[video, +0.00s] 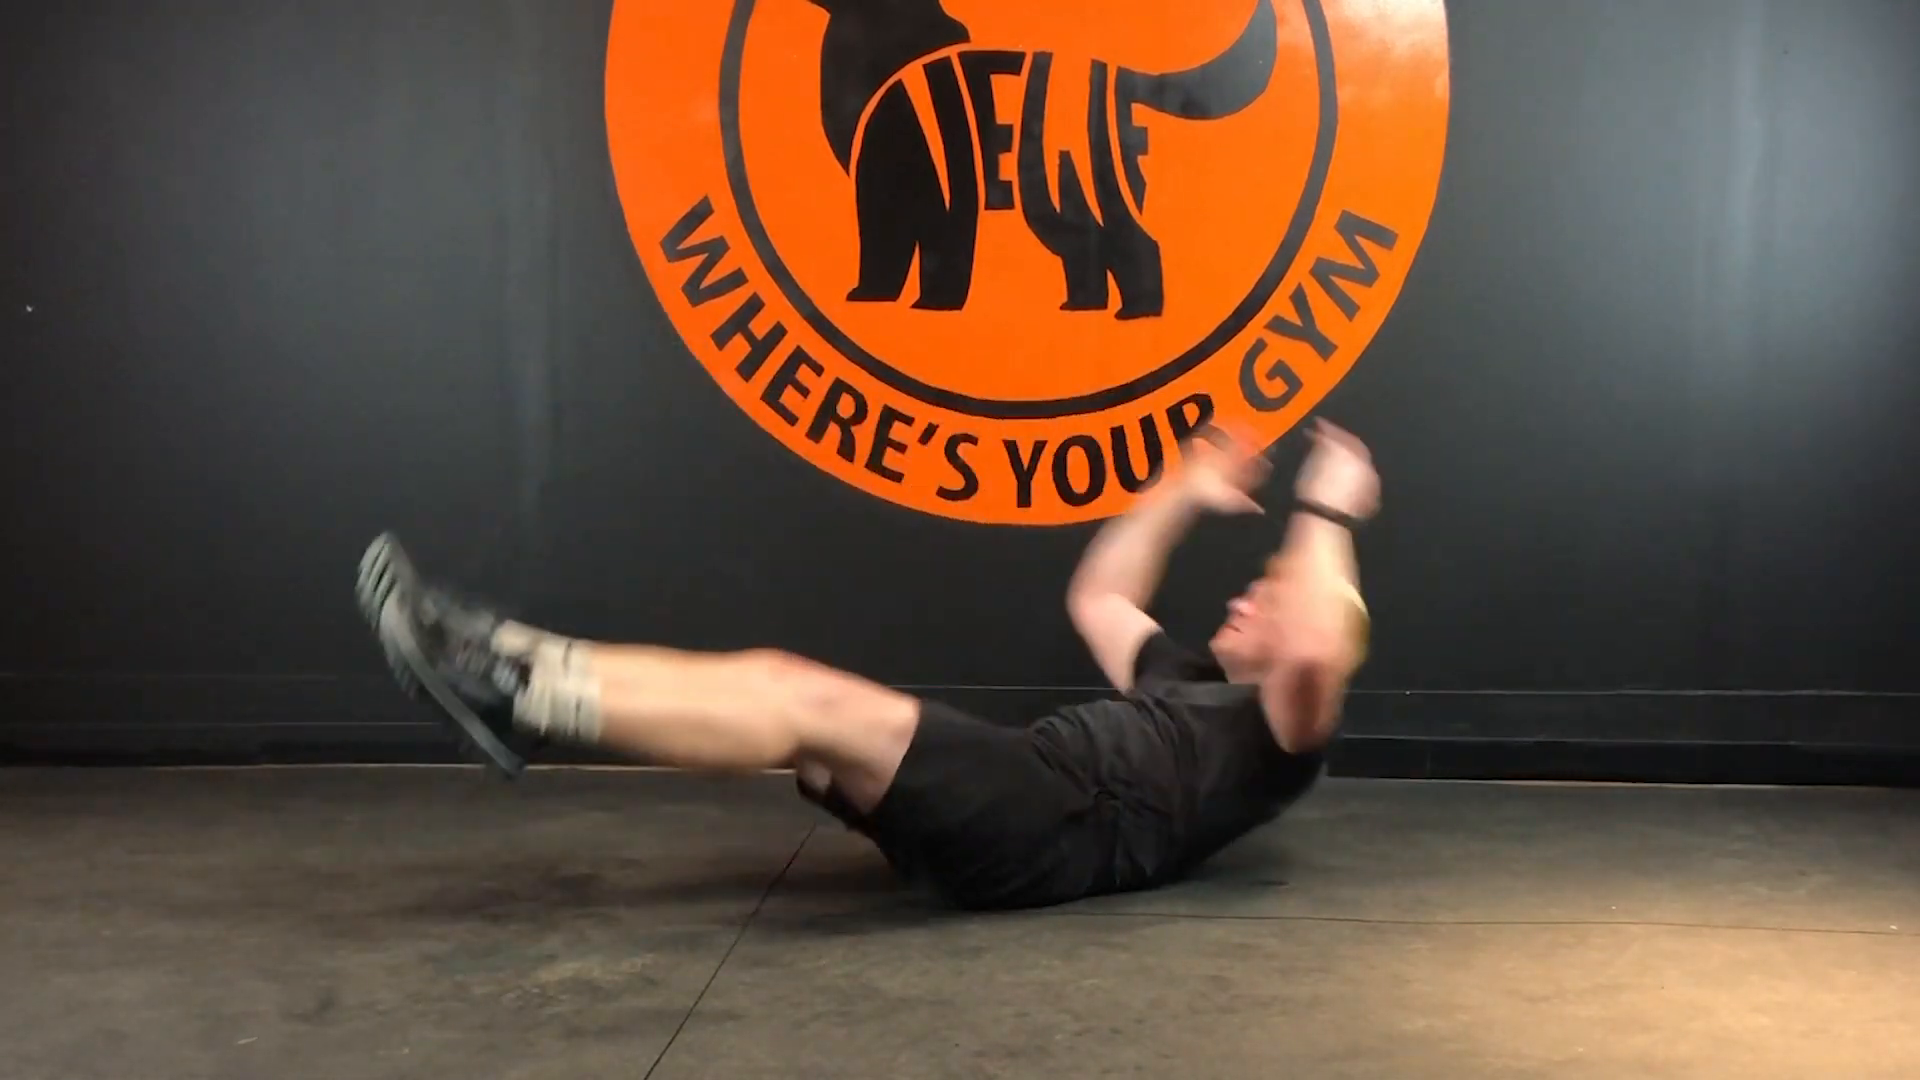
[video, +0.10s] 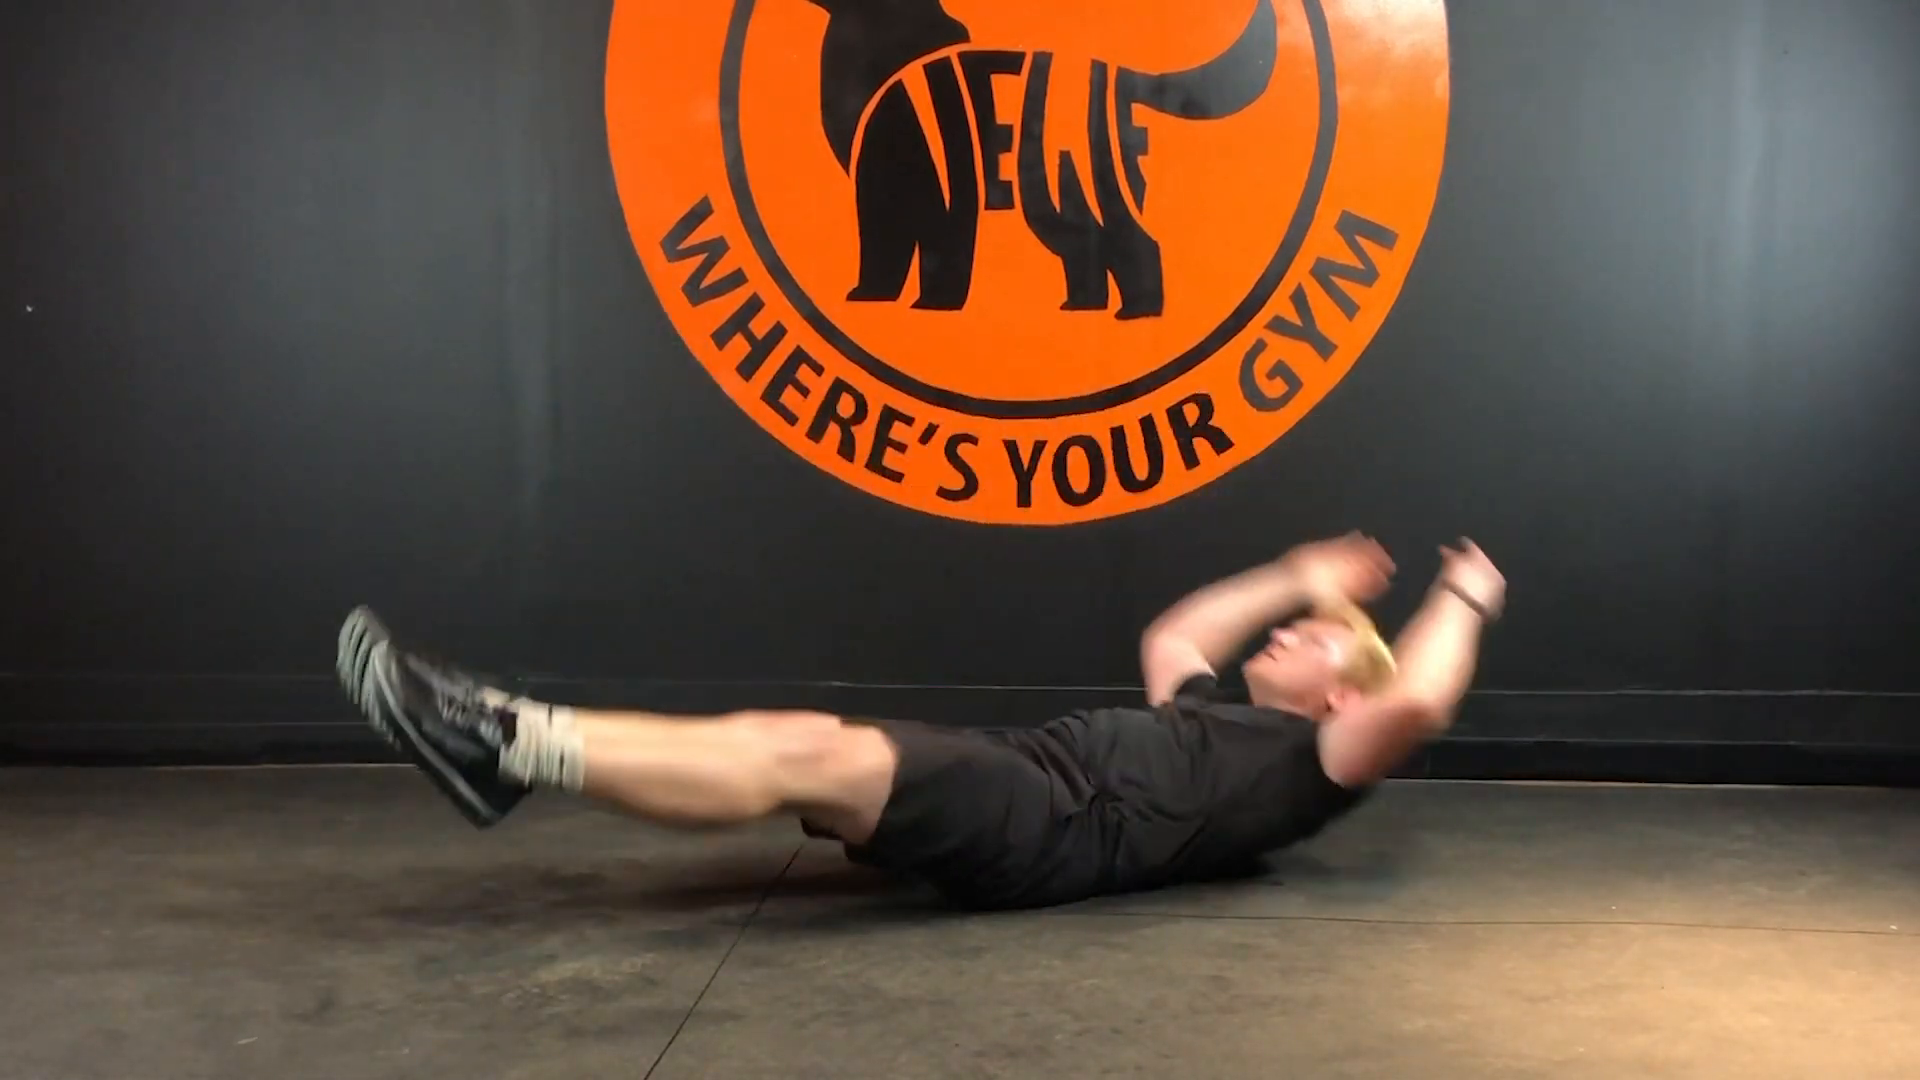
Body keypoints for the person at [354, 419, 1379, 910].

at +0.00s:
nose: (1240, 604)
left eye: (1270, 597)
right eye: (1251, 591)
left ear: (1309, 649)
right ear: (1240, 613)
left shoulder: (1267, 731)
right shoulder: (1181, 687)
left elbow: (1322, 647)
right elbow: (1105, 600)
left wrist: (1326, 521)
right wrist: (1182, 490)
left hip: (1055, 825)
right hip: (1004, 798)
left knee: (810, 701)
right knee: (790, 695)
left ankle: (529, 692)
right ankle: (523, 686)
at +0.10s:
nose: (1297, 640)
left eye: (1322, 642)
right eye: (1297, 629)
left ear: (1352, 690)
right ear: (1279, 648)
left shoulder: (1297, 769)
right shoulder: (1205, 703)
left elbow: (1423, 701)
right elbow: (1181, 636)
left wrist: (1461, 604)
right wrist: (1299, 572)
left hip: (1055, 819)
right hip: (1013, 766)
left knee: (811, 751)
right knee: (774, 743)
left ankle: (514, 741)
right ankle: (509, 743)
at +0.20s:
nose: (1331, 671)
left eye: (1356, 686)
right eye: (1343, 665)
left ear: (1365, 737)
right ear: (1309, 681)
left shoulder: (1329, 787)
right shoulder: (1222, 726)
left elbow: (1497, 776)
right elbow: (1216, 684)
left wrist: (1539, 706)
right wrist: (1315, 690)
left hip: (1045, 809)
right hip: (983, 754)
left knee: (818, 777)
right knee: (767, 739)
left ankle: (499, 781)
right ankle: (491, 782)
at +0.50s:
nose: (1320, 689)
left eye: (1345, 693)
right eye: (1320, 680)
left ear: (1365, 737)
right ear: (1293, 699)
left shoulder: (1313, 789)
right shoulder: (1225, 739)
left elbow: (1394, 704)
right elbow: (1186, 618)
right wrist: (1307, 552)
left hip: (1051, 818)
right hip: (1004, 775)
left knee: (810, 743)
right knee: (779, 740)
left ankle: (510, 755)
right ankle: (508, 758)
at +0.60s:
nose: (1294, 640)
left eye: (1319, 646)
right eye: (1297, 628)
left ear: (1346, 694)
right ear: (1284, 639)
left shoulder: (1306, 747)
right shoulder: (1223, 698)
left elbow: (1227, 675)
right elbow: (1132, 607)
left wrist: (1147, 545)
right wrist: (1086, 508)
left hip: (1052, 830)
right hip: (1002, 794)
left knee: (832, 691)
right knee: (801, 688)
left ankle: (536, 692)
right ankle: (528, 707)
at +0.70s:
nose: (1201, 584)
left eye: (1228, 576)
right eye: (1212, 568)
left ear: (1285, 618)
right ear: (1245, 602)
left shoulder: (1273, 700)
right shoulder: (1177, 654)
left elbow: (1160, 683)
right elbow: (1066, 598)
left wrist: (1032, 584)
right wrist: (954, 494)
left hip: (1039, 838)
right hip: (982, 815)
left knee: (874, 619)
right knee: (838, 617)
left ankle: (585, 609)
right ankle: (568, 608)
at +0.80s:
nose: (1134, 538)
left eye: (1157, 525)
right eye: (1138, 521)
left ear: (1220, 554)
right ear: (1138, 530)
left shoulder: (1233, 641)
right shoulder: (1108, 620)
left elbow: (1122, 632)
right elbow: (973, 566)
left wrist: (992, 532)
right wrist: (871, 454)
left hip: (1023, 833)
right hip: (948, 826)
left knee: (930, 583)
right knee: (891, 580)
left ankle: (656, 514)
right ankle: (626, 511)